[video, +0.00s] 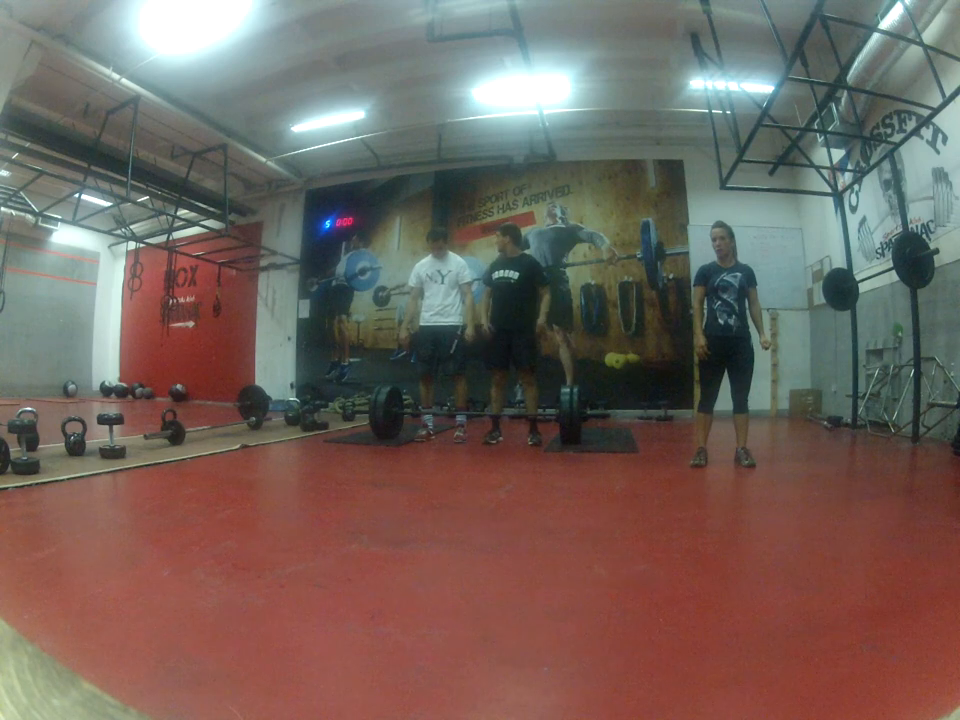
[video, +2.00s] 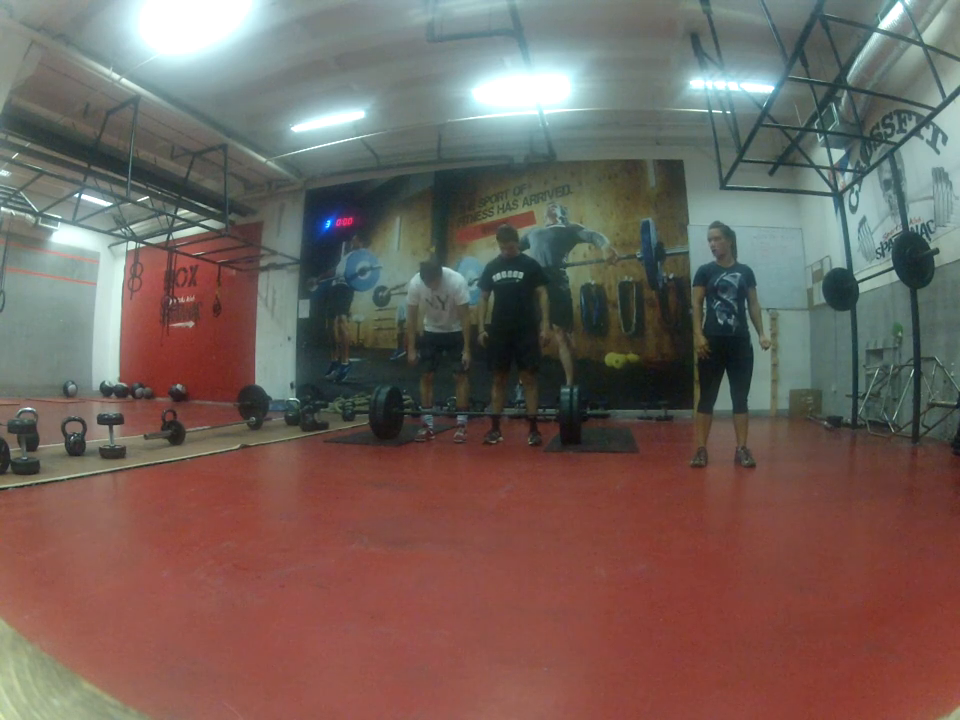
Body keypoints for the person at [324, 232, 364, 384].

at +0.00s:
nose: (352, 243)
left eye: (354, 241)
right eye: (352, 240)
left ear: (360, 242)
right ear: (353, 242)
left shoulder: (360, 256)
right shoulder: (348, 256)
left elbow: (362, 275)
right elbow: (337, 273)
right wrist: (319, 280)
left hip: (346, 289)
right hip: (336, 288)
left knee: (342, 324)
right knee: (334, 325)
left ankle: (345, 362)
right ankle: (335, 360)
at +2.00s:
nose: (353, 243)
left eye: (355, 241)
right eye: (353, 241)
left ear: (361, 243)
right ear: (354, 242)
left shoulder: (360, 256)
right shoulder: (348, 256)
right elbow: (336, 271)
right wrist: (319, 278)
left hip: (346, 288)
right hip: (336, 288)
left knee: (342, 324)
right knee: (334, 325)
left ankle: (345, 362)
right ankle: (335, 361)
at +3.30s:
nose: (353, 243)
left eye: (356, 240)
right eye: (353, 240)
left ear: (361, 242)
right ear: (354, 242)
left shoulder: (360, 256)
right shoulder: (348, 256)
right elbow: (336, 272)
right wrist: (319, 279)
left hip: (346, 288)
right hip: (335, 287)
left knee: (342, 324)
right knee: (334, 324)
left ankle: (345, 362)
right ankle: (335, 361)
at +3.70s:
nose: (354, 243)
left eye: (356, 241)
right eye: (354, 240)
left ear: (361, 243)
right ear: (353, 242)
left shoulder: (360, 256)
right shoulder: (348, 257)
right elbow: (335, 272)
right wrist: (318, 279)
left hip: (346, 289)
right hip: (335, 288)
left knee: (342, 326)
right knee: (333, 326)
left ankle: (345, 362)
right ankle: (335, 361)